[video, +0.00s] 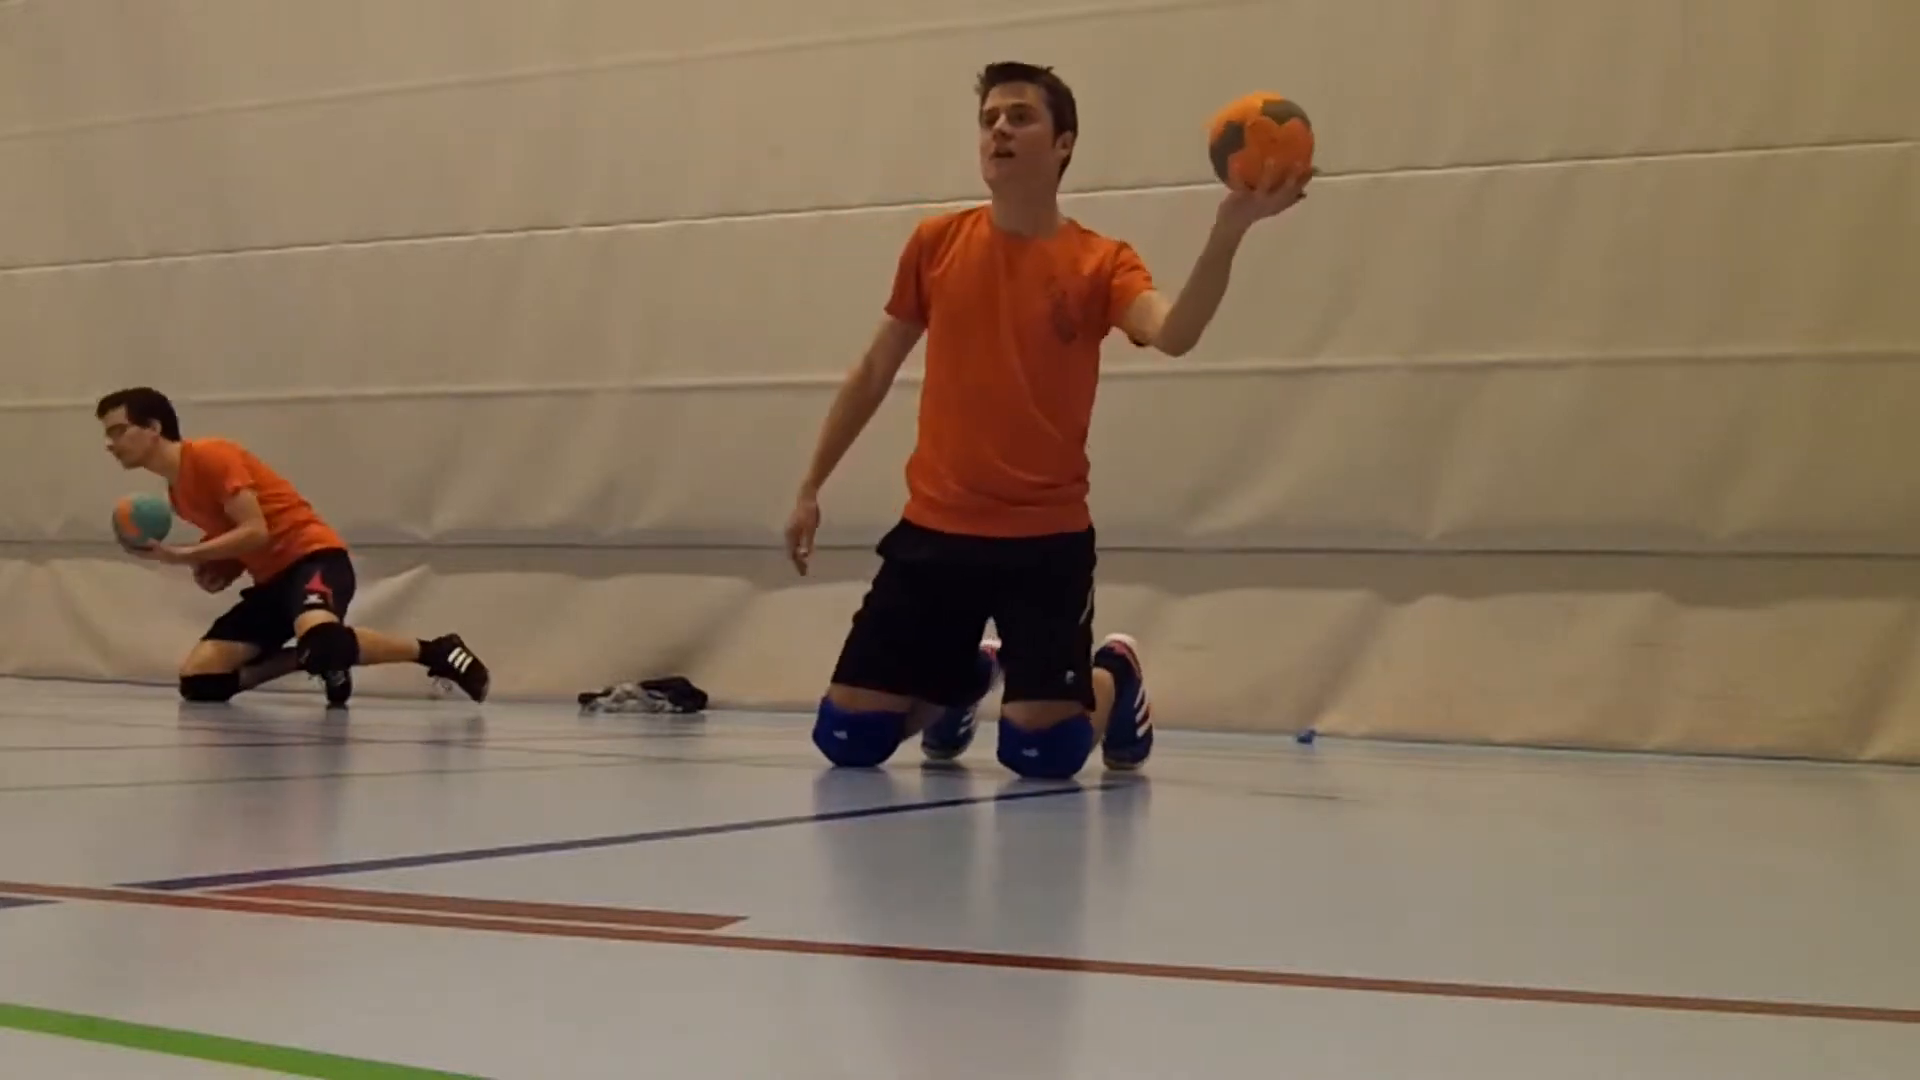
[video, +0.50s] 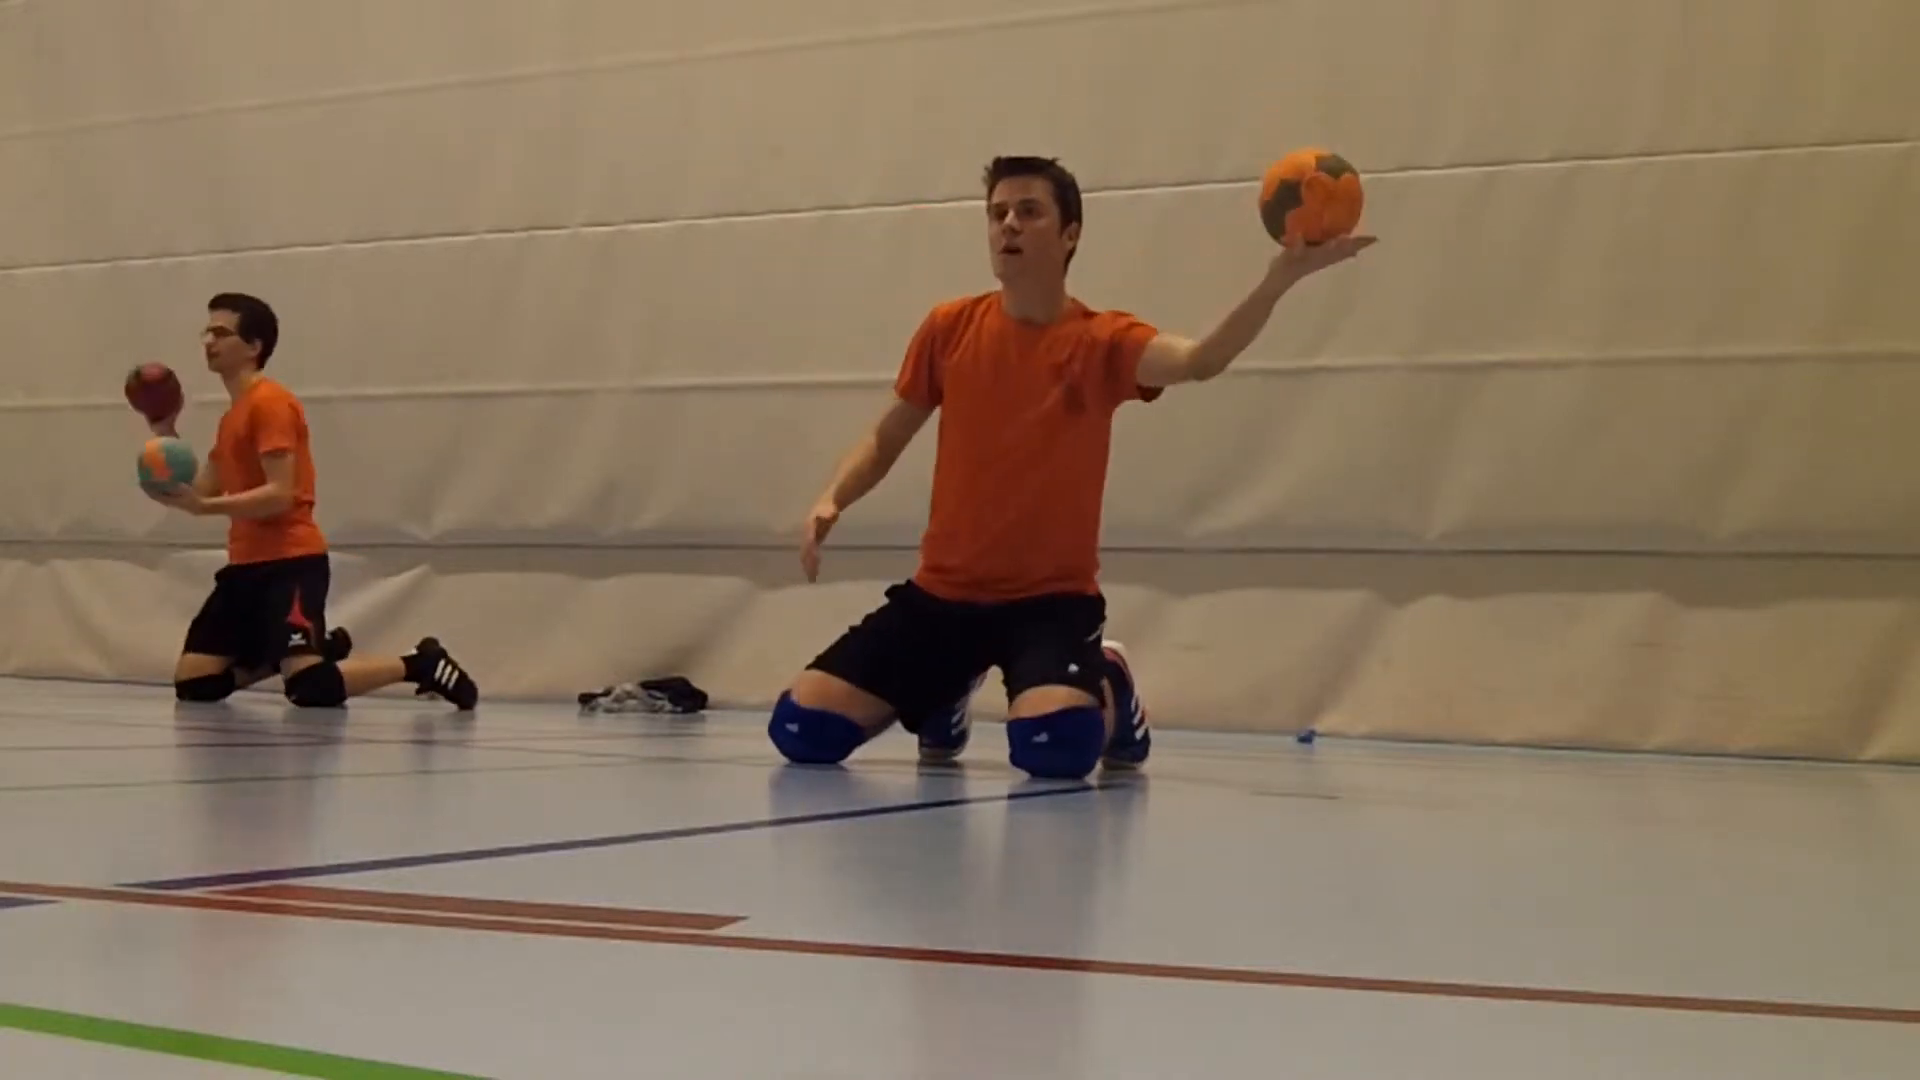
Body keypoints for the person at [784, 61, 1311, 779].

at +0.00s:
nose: (998, 130)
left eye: (1020, 116)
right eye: (988, 120)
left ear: (1063, 144)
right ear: (977, 144)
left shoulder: (1098, 262)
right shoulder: (937, 243)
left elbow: (1174, 332)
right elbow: (873, 372)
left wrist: (1230, 226)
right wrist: (809, 487)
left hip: (1046, 539)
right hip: (934, 530)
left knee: (1039, 755)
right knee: (847, 738)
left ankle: (1116, 679)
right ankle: (968, 679)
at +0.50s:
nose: (1008, 225)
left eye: (1028, 211)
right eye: (997, 213)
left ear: (1068, 235)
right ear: (985, 234)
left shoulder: (1101, 339)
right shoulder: (950, 329)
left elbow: (1200, 359)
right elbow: (887, 439)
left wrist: (1287, 272)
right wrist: (833, 498)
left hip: (1051, 603)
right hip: (942, 597)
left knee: (1050, 754)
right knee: (799, 736)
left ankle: (1110, 689)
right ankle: (937, 684)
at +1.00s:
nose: (998, 223)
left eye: (1018, 209)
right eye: (992, 213)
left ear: (1063, 233)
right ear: (984, 232)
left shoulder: (1109, 339)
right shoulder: (962, 340)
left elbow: (1159, 453)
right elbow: (912, 464)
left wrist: (1204, 391)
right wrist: (860, 379)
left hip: (1058, 596)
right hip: (952, 590)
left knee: (1044, 751)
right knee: (821, 736)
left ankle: (1108, 683)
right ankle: (947, 683)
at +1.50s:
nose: (981, 246)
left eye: (1001, 231)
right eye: (973, 235)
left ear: (1046, 248)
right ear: (966, 253)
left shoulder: (1104, 342)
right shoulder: (981, 356)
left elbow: (1152, 465)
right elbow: (987, 492)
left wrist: (1174, 391)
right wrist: (902, 482)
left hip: (1056, 607)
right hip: (952, 601)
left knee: (1049, 751)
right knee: (819, 735)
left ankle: (1109, 686)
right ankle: (936, 686)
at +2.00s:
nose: (1004, 185)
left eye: (1024, 174)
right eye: (994, 173)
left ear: (1062, 202)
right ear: (979, 194)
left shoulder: (1093, 311)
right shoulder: (942, 287)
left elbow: (1160, 389)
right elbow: (824, 272)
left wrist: (1203, 287)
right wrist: (857, 171)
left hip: (1043, 575)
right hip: (932, 566)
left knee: (1046, 753)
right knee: (800, 737)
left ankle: (1096, 681)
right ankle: (935, 672)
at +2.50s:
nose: (988, 235)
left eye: (1009, 221)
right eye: (978, 224)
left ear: (1050, 247)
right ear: (966, 246)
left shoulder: (1094, 356)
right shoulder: (938, 347)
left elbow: (1177, 441)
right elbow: (836, 444)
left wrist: (1238, 368)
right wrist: (772, 423)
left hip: (1056, 603)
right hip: (949, 601)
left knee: (1029, 750)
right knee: (821, 736)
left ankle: (1118, 684)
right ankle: (936, 690)